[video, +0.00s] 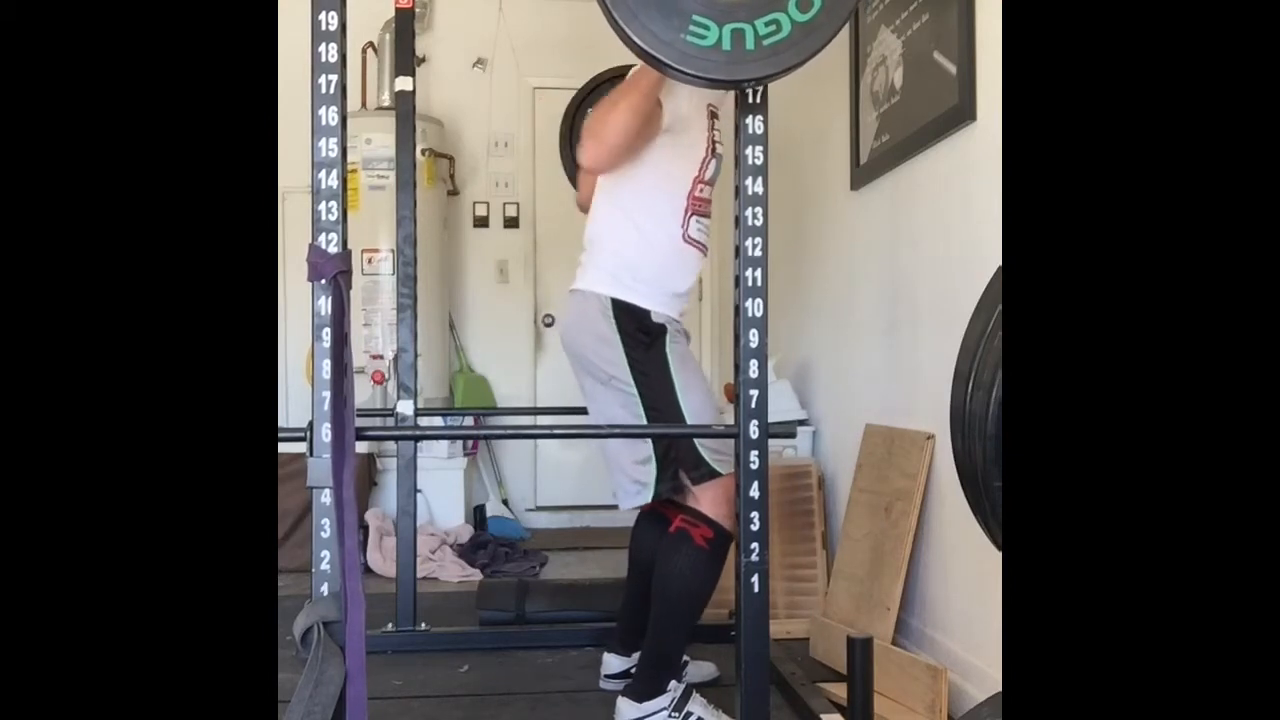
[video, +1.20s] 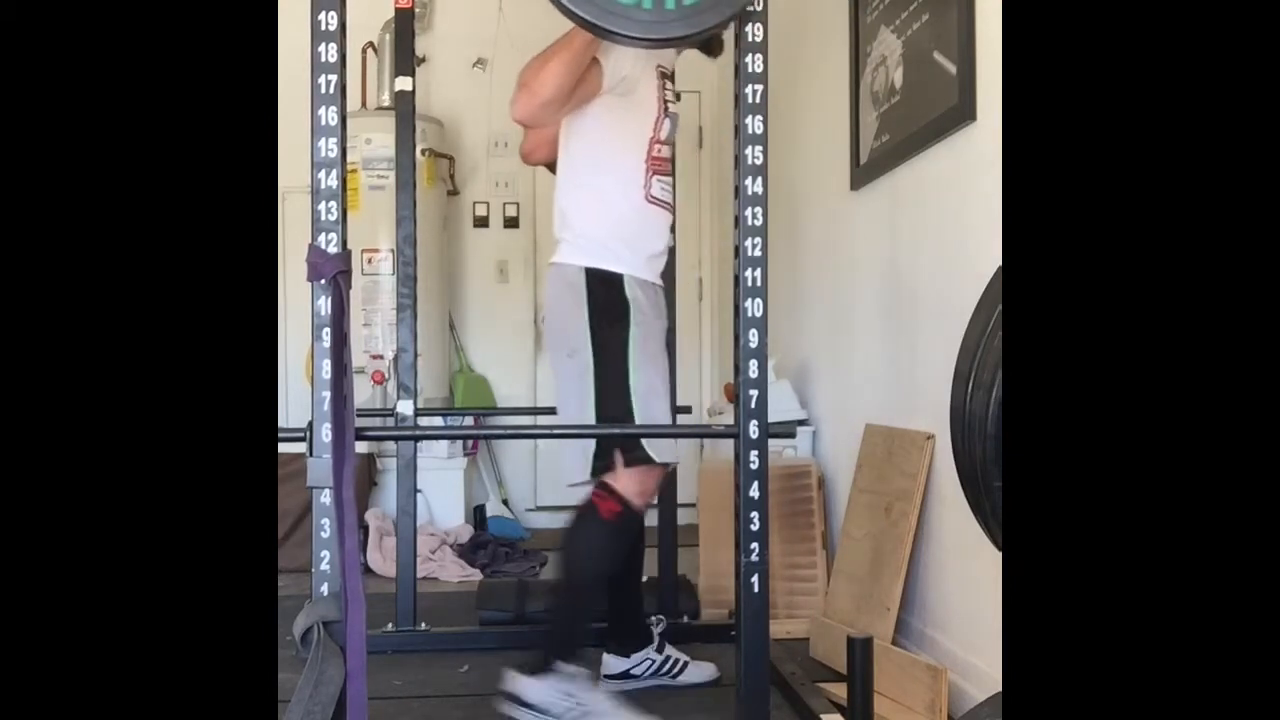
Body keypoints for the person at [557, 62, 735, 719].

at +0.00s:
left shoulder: (701, 102)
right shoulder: (648, 83)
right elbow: (593, 154)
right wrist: (660, 55)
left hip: (642, 315)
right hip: (619, 314)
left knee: (677, 490)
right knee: (715, 492)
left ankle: (630, 653)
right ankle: (652, 692)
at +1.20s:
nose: (700, 27)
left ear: (656, 4)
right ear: (655, 2)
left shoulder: (645, 57)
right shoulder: (611, 40)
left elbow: (535, 148)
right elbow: (528, 106)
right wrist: (596, 20)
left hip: (630, 278)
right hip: (599, 278)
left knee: (633, 472)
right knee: (630, 472)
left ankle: (630, 650)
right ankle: (542, 670)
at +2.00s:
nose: (635, 10)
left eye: (636, 5)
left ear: (602, 9)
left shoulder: (551, 57)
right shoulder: (509, 31)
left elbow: (434, 134)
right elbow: (397, 90)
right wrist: (453, 14)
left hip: (518, 286)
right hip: (480, 283)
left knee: (492, 484)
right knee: (472, 489)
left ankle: (475, 646)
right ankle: (445, 696)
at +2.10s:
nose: (625, 11)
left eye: (626, 7)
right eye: (619, 1)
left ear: (597, 15)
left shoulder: (552, 64)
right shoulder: (499, 34)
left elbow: (426, 138)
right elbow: (390, 92)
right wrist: (450, 14)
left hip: (513, 288)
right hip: (473, 283)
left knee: (486, 483)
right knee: (466, 486)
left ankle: (476, 648)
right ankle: (443, 696)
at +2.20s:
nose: (615, 21)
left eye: (614, 15)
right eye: (609, 10)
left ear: (586, 20)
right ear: (576, 4)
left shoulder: (540, 66)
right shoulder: (498, 43)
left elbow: (423, 139)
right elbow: (387, 95)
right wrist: (457, 18)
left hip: (508, 289)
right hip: (469, 285)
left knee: (485, 481)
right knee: (461, 485)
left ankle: (473, 646)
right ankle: (442, 694)